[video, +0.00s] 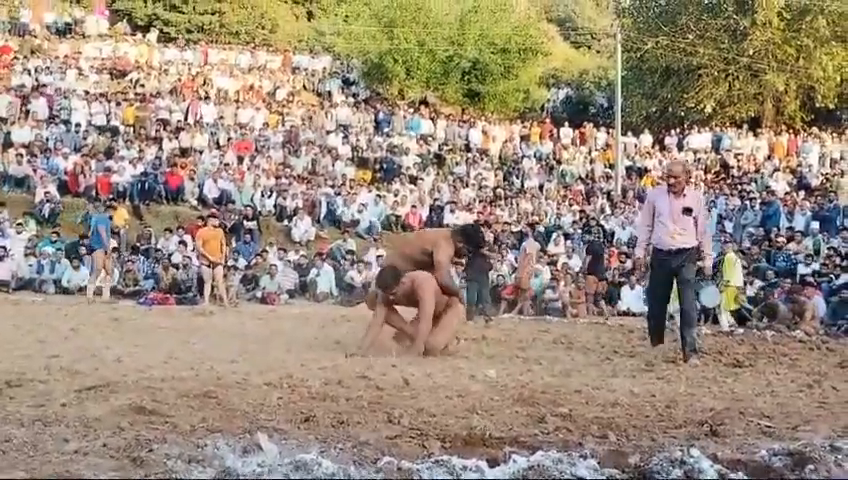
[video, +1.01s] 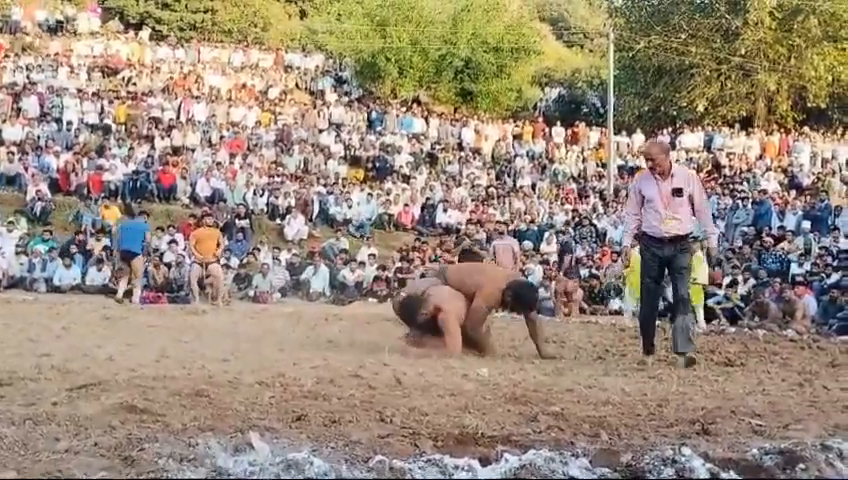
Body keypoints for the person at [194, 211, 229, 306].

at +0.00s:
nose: (216, 221)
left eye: (217, 218)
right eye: (214, 218)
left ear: (218, 220)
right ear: (208, 219)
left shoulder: (220, 231)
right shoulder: (201, 232)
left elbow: (223, 244)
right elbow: (199, 247)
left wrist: (223, 256)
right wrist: (210, 258)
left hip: (218, 260)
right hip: (206, 260)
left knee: (220, 281)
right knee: (207, 282)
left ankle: (225, 301)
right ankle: (206, 302)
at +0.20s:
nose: (216, 223)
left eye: (216, 220)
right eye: (213, 220)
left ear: (217, 222)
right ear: (208, 222)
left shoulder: (219, 234)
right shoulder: (200, 234)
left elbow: (223, 246)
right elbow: (198, 249)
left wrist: (222, 257)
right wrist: (209, 260)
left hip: (217, 262)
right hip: (204, 262)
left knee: (218, 284)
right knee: (206, 284)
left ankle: (223, 303)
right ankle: (204, 304)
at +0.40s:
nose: (215, 222)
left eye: (215, 219)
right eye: (212, 219)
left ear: (216, 221)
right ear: (207, 221)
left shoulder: (219, 234)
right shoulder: (200, 234)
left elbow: (222, 247)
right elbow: (196, 248)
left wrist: (221, 258)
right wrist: (207, 259)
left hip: (216, 262)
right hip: (203, 262)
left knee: (218, 283)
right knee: (204, 283)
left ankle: (222, 303)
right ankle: (202, 303)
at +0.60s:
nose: (214, 221)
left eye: (214, 218)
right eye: (211, 218)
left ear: (216, 220)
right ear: (206, 220)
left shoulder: (219, 233)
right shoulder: (199, 233)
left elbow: (223, 245)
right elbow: (195, 247)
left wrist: (221, 257)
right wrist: (205, 258)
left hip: (215, 261)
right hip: (203, 261)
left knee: (218, 282)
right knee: (203, 282)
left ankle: (221, 302)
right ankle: (201, 303)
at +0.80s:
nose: (213, 220)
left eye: (214, 218)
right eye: (210, 218)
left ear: (215, 220)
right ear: (205, 219)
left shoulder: (218, 232)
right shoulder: (198, 232)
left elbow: (222, 244)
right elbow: (193, 246)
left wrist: (220, 255)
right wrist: (200, 255)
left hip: (213, 260)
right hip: (201, 260)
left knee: (217, 281)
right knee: (200, 281)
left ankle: (219, 301)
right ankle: (199, 301)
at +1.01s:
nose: (210, 221)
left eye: (211, 219)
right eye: (207, 219)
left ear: (213, 220)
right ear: (203, 220)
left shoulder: (217, 232)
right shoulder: (195, 233)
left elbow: (221, 244)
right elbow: (191, 246)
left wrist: (218, 252)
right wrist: (197, 255)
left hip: (212, 259)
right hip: (199, 259)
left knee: (219, 276)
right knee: (193, 277)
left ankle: (219, 299)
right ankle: (196, 299)